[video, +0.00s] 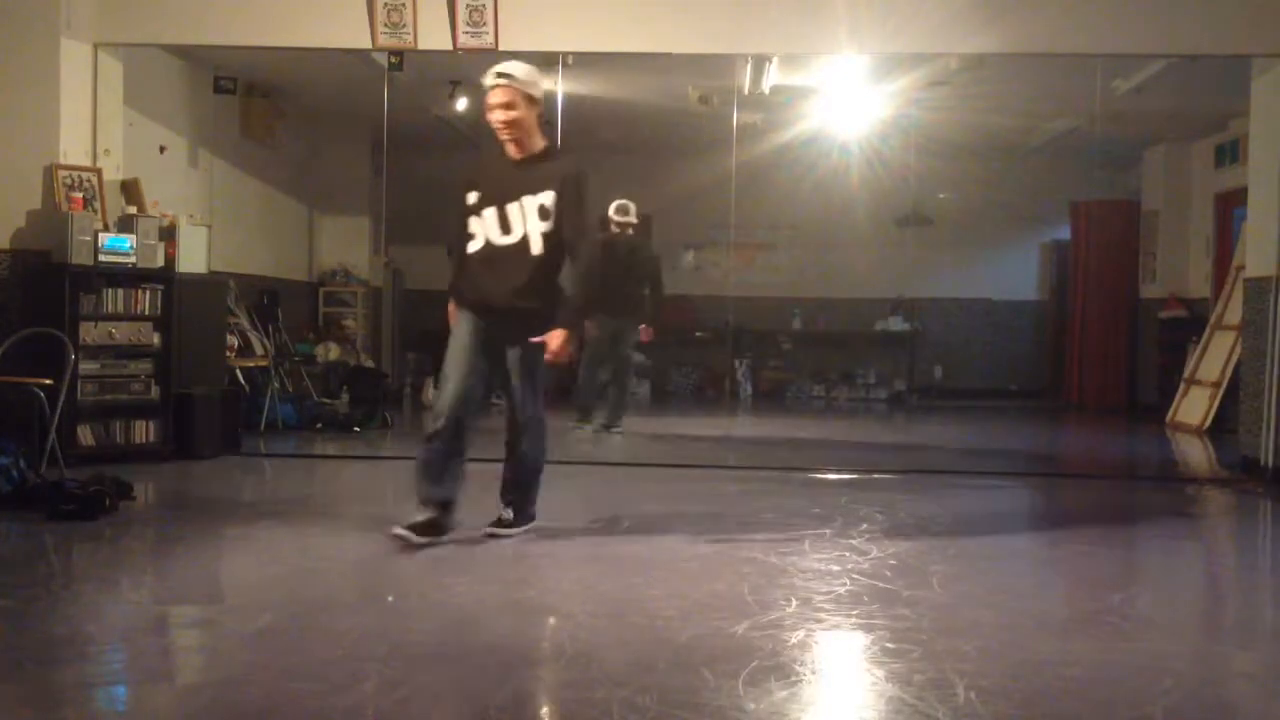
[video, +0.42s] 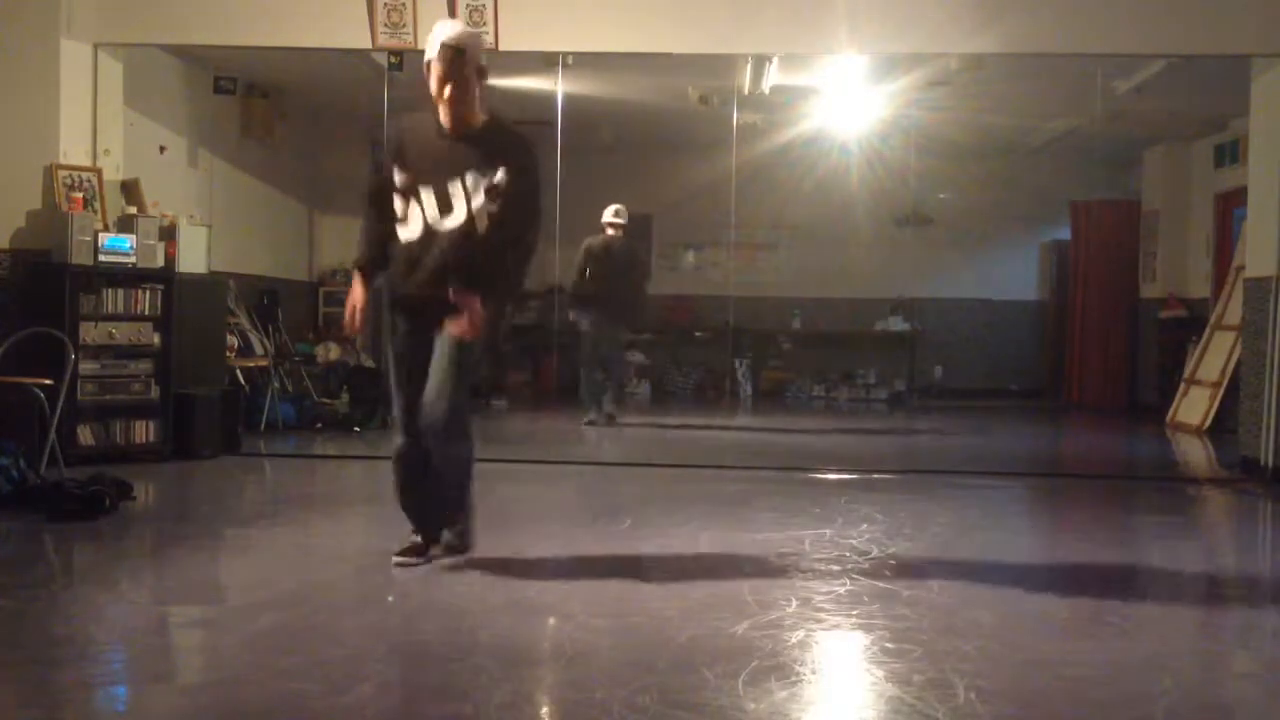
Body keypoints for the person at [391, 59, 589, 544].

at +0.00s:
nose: (501, 117)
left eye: (511, 105)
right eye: (493, 108)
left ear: (536, 107)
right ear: (486, 115)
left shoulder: (563, 172)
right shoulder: (480, 171)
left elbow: (579, 253)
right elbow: (465, 242)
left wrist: (567, 322)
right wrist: (456, 295)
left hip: (531, 313)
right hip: (475, 307)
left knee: (525, 413)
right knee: (449, 404)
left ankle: (517, 508)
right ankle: (435, 509)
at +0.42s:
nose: (448, 87)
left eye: (459, 76)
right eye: (440, 76)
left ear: (480, 77)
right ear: (427, 78)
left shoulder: (510, 146)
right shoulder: (404, 138)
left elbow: (518, 232)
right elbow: (379, 213)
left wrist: (488, 297)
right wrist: (361, 275)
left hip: (468, 297)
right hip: (404, 294)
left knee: (440, 411)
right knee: (407, 416)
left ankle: (454, 520)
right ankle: (424, 527)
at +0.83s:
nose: (465, 42)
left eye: (476, 30)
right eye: (454, 26)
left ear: (488, 37)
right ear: (424, 28)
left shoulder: (502, 113)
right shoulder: (377, 96)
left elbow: (521, 203)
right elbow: (335, 167)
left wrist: (500, 274)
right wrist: (315, 240)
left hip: (460, 290)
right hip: (388, 286)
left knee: (441, 422)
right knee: (383, 415)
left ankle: (412, 551)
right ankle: (376, 524)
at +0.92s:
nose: (451, 27)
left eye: (465, 16)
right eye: (442, 13)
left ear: (479, 21)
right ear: (419, 13)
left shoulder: (501, 91)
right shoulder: (373, 79)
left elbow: (524, 188)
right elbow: (334, 151)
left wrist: (501, 270)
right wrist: (316, 218)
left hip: (464, 274)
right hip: (389, 270)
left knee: (440, 416)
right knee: (381, 412)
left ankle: (418, 540)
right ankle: (373, 538)